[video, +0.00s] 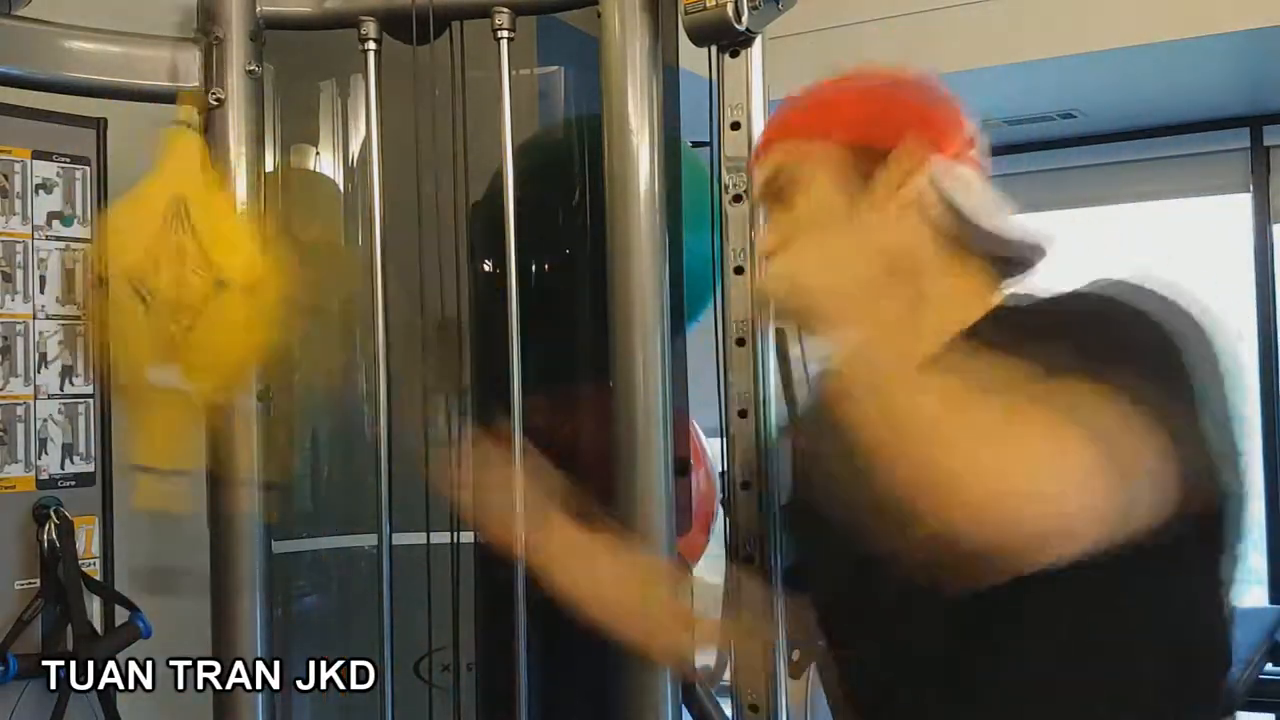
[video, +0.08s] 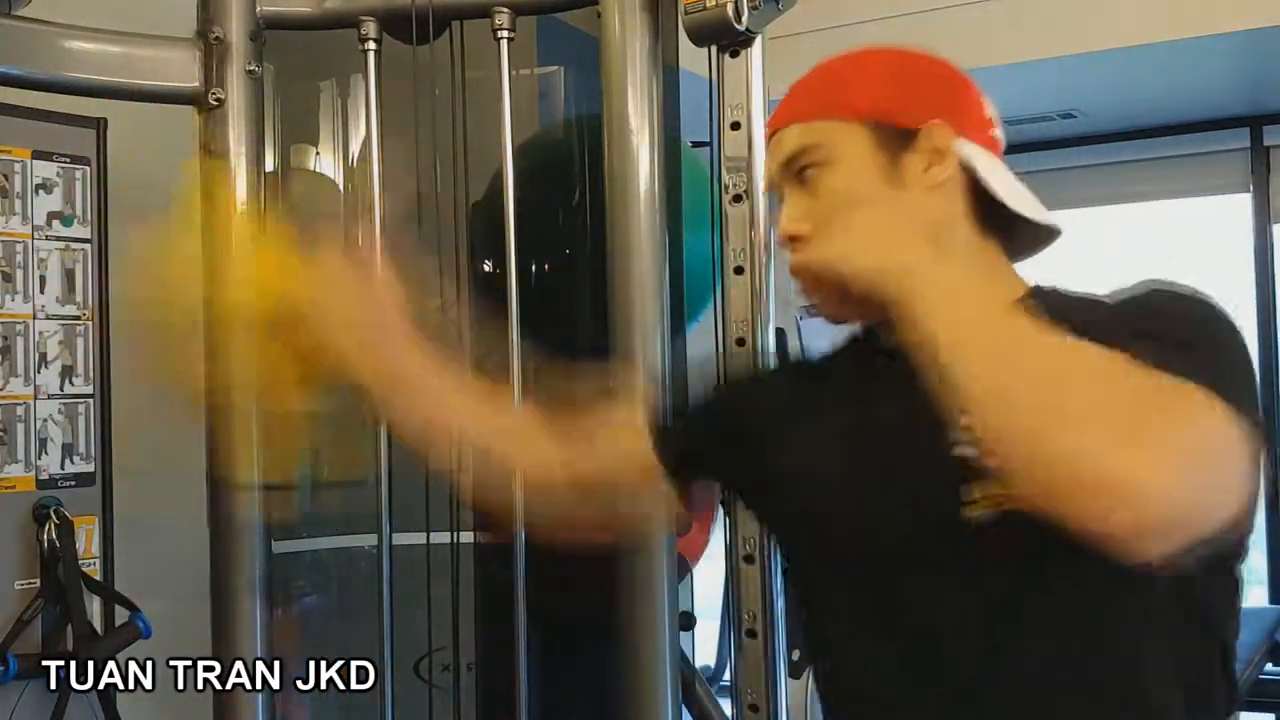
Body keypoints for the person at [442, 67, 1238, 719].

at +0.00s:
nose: (755, 248)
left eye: (779, 199)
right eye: (756, 214)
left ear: (903, 183)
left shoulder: (1119, 344)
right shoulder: (831, 448)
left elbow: (1008, 500)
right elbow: (776, 650)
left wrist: (855, 341)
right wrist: (546, 533)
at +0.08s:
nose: (777, 225)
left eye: (807, 177)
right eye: (775, 193)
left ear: (937, 166)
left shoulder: (1163, 334)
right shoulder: (789, 411)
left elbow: (1149, 504)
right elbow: (549, 469)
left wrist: (929, 270)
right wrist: (386, 353)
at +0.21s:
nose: (800, 244)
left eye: (828, 196)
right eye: (791, 209)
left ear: (956, 181)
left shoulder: (1182, 384)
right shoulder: (801, 395)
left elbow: (1203, 614)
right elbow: (558, 347)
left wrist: (984, 308)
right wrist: (686, 199)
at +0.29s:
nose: (817, 252)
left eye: (847, 204)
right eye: (811, 217)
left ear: (977, 198)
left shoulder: (1193, 407)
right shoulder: (813, 409)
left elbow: (1199, 657)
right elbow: (586, 348)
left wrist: (1001, 364)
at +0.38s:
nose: (817, 250)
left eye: (844, 206)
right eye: (816, 213)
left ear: (974, 208)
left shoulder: (1201, 415)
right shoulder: (832, 401)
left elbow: (1128, 672)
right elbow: (567, 351)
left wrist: (956, 371)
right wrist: (831, 290)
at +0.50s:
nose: (801, 238)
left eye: (818, 196)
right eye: (804, 197)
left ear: (927, 195)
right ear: (922, 201)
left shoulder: (1141, 411)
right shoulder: (892, 363)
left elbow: (919, 668)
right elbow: (655, 347)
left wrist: (859, 375)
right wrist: (454, 315)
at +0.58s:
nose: (792, 247)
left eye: (795, 205)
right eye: (787, 208)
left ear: (879, 198)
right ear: (884, 199)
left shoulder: (1060, 407)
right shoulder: (944, 359)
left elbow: (797, 680)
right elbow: (781, 387)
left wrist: (783, 385)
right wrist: (585, 361)